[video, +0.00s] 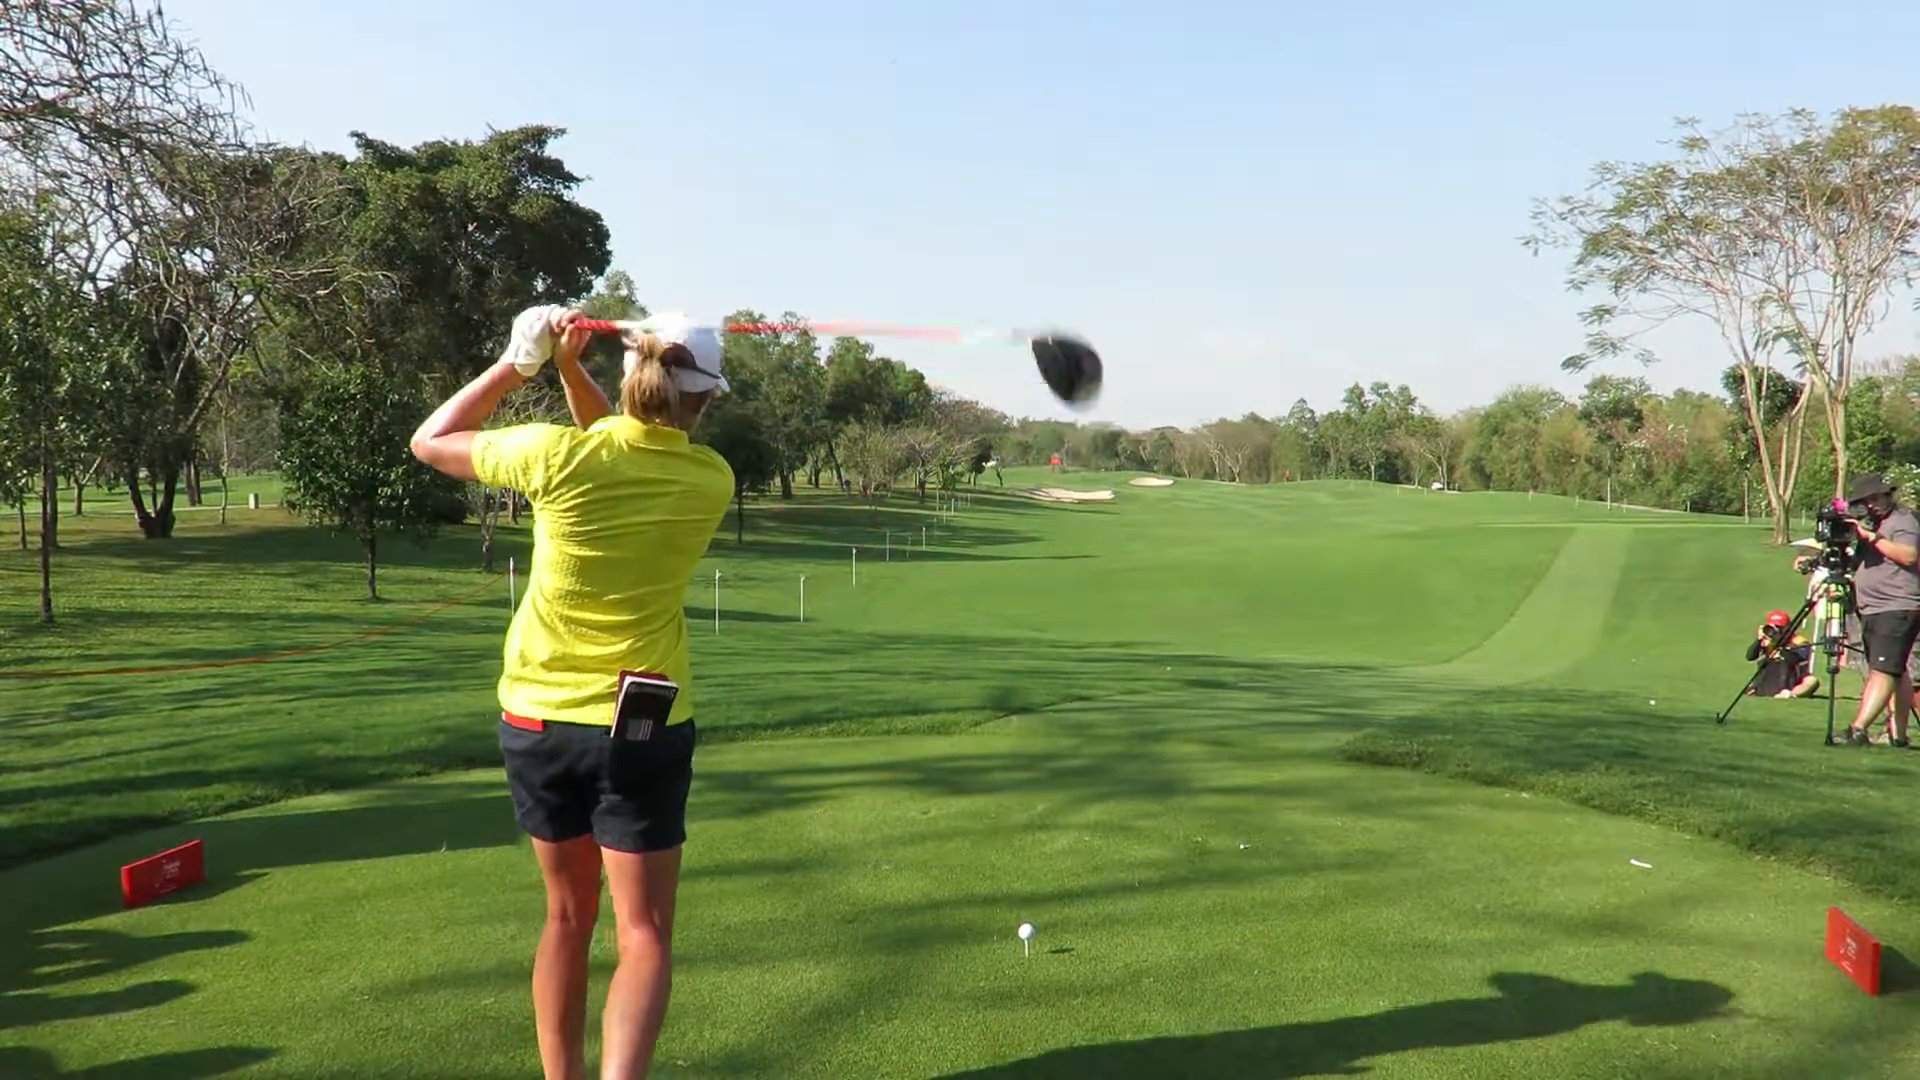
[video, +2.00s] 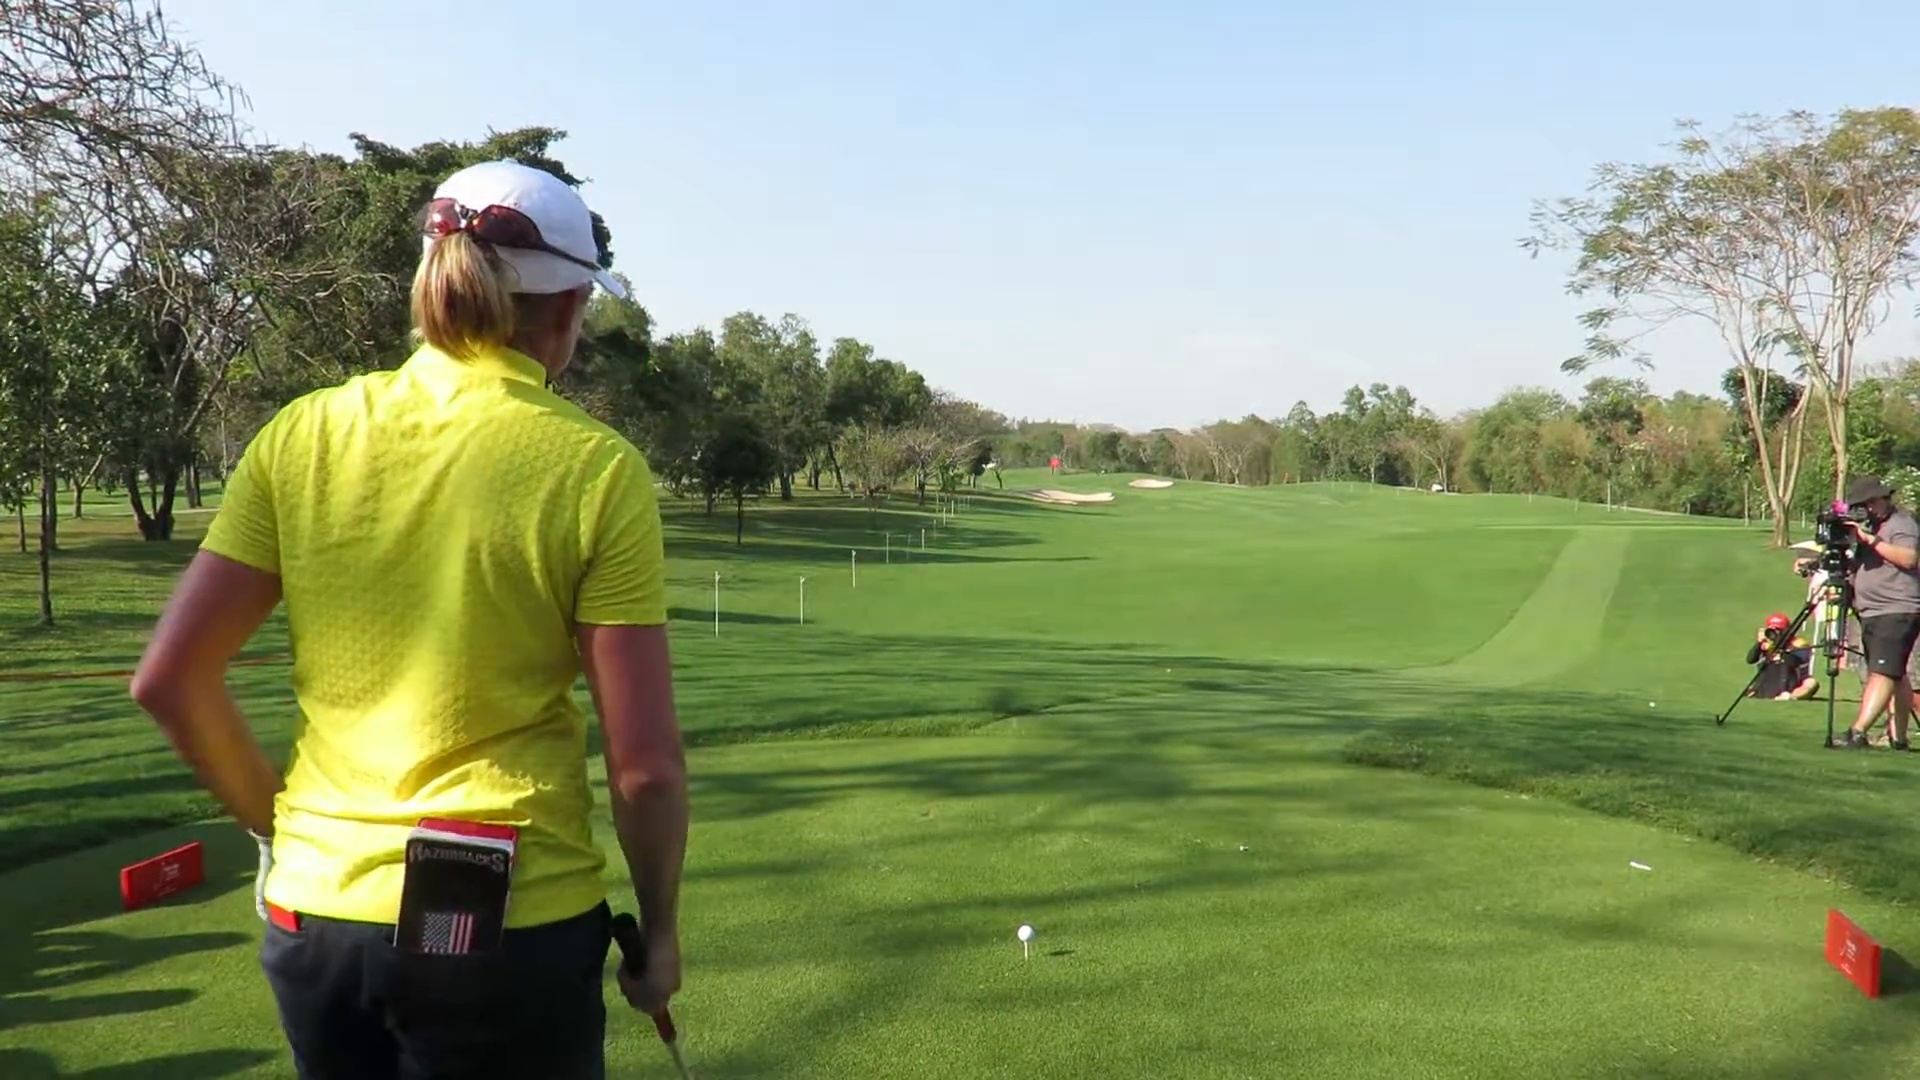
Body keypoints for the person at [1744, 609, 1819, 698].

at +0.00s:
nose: (1773, 633)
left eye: (1777, 630)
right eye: (1770, 630)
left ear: (1786, 629)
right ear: (1767, 629)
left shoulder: (1799, 642)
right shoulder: (1769, 642)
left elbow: (1800, 657)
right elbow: (1750, 657)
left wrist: (1782, 653)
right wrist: (1759, 640)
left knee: (1812, 680)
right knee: (1749, 689)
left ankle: (1791, 694)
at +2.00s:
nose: (1774, 636)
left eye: (1777, 632)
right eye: (1771, 632)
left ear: (1786, 631)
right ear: (1767, 632)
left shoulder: (1798, 644)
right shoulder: (1767, 645)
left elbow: (1799, 661)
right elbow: (1750, 660)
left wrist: (1783, 655)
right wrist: (1759, 643)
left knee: (1812, 683)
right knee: (1749, 691)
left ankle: (1791, 696)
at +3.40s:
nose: (1777, 633)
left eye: (1781, 630)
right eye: (1774, 630)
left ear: (1789, 630)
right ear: (1770, 630)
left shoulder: (1799, 644)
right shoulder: (1767, 642)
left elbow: (1797, 660)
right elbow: (1750, 661)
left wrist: (1782, 655)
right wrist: (1757, 644)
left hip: (1792, 682)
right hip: (1770, 680)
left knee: (1812, 683)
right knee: (1749, 691)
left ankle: (1791, 696)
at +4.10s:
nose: (1772, 634)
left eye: (1776, 630)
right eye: (1770, 630)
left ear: (1785, 630)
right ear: (1769, 629)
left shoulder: (1799, 642)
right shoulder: (1769, 642)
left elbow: (1800, 658)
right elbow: (1751, 658)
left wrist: (1783, 654)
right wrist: (1760, 642)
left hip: (1794, 678)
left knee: (1812, 681)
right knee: (1751, 688)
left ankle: (1791, 694)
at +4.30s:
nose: (1772, 634)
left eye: (1777, 630)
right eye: (1770, 630)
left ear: (1786, 630)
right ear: (1767, 629)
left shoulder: (1799, 643)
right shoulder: (1769, 642)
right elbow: (1750, 657)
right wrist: (1759, 641)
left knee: (1812, 680)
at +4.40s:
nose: (1772, 634)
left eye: (1776, 631)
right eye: (1770, 630)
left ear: (1785, 630)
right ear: (1767, 630)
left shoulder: (1799, 643)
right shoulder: (1769, 642)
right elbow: (1750, 657)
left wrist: (1793, 693)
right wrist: (1759, 641)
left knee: (1812, 680)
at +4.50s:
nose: (1772, 634)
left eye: (1776, 630)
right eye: (1770, 630)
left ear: (1785, 630)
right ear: (1768, 629)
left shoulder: (1800, 642)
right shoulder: (1770, 642)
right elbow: (1751, 657)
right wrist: (1759, 641)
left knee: (1812, 680)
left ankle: (1792, 693)